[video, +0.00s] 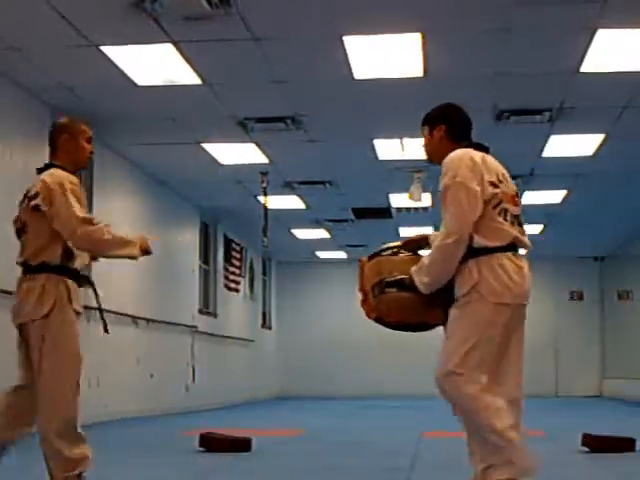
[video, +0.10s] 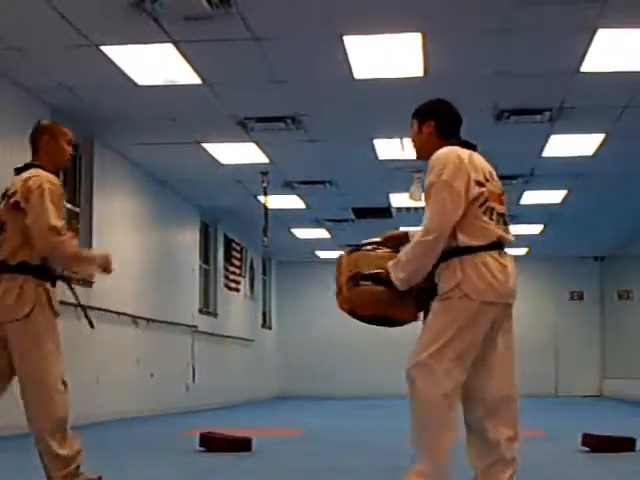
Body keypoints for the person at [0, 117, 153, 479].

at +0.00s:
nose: (91, 148)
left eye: (91, 142)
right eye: (86, 141)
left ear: (62, 145)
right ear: (63, 142)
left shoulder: (42, 185)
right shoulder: (59, 181)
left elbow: (52, 245)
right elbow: (80, 233)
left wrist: (97, 246)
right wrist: (133, 245)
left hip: (34, 292)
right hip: (52, 293)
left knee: (36, 386)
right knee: (61, 383)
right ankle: (67, 468)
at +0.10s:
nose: (72, 151)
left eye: (72, 145)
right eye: (68, 143)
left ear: (42, 145)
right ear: (45, 142)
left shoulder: (21, 184)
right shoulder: (41, 181)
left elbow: (30, 251)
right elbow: (53, 244)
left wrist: (74, 269)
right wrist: (95, 258)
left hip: (9, 289)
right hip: (24, 291)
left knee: (6, 374)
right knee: (45, 381)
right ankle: (64, 468)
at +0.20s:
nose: (53, 167)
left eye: (53, 160)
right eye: (49, 159)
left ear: (25, 160)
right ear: (27, 159)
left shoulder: (10, 196)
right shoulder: (19, 199)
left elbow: (21, 265)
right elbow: (23, 266)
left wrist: (53, 295)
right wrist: (61, 298)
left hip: (5, 305)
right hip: (4, 307)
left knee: (41, 379)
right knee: (46, 378)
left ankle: (51, 465)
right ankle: (53, 467)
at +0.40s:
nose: (42, 156)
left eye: (41, 149)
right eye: (37, 148)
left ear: (14, 151)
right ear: (15, 150)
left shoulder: (10, 188)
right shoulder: (12, 190)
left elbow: (11, 248)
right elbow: (10, 248)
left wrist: (38, 279)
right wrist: (42, 280)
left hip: (9, 306)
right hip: (5, 308)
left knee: (23, 374)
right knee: (20, 374)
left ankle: (10, 462)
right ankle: (9, 465)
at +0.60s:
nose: (46, 150)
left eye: (46, 143)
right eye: (41, 142)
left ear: (27, 146)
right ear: (18, 142)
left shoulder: (23, 188)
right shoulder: (5, 180)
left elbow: (18, 240)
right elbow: (7, 235)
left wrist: (30, 283)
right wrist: (57, 226)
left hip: (16, 290)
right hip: (6, 291)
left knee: (31, 367)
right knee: (32, 366)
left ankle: (37, 458)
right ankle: (35, 461)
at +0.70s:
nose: (49, 167)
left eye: (49, 160)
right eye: (44, 158)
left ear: (27, 161)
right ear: (22, 159)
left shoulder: (27, 212)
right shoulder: (6, 204)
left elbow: (43, 258)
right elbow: (4, 265)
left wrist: (81, 268)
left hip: (21, 305)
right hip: (10, 307)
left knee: (7, 383)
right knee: (48, 380)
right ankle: (70, 465)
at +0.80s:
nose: (61, 158)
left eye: (61, 152)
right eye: (54, 151)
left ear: (45, 157)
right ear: (32, 155)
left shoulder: (62, 205)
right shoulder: (18, 198)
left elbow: (98, 221)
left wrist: (117, 195)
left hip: (50, 303)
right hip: (27, 301)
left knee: (6, 383)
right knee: (69, 381)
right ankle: (81, 470)